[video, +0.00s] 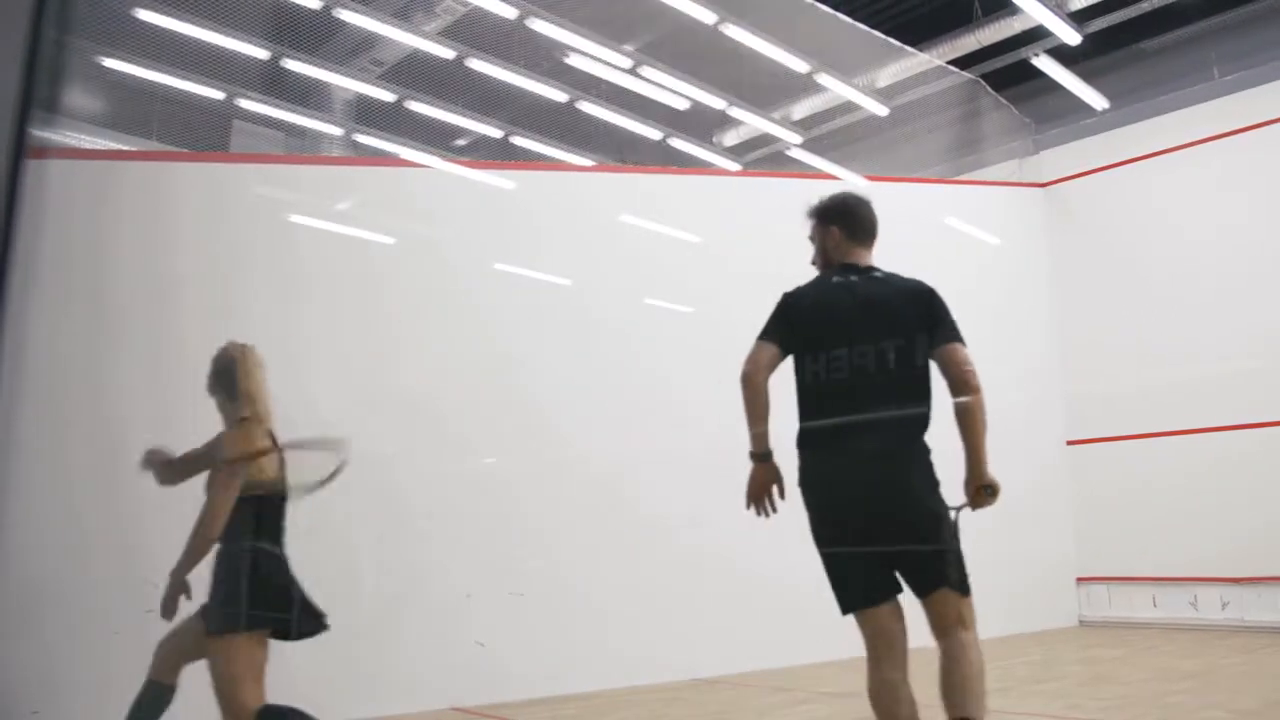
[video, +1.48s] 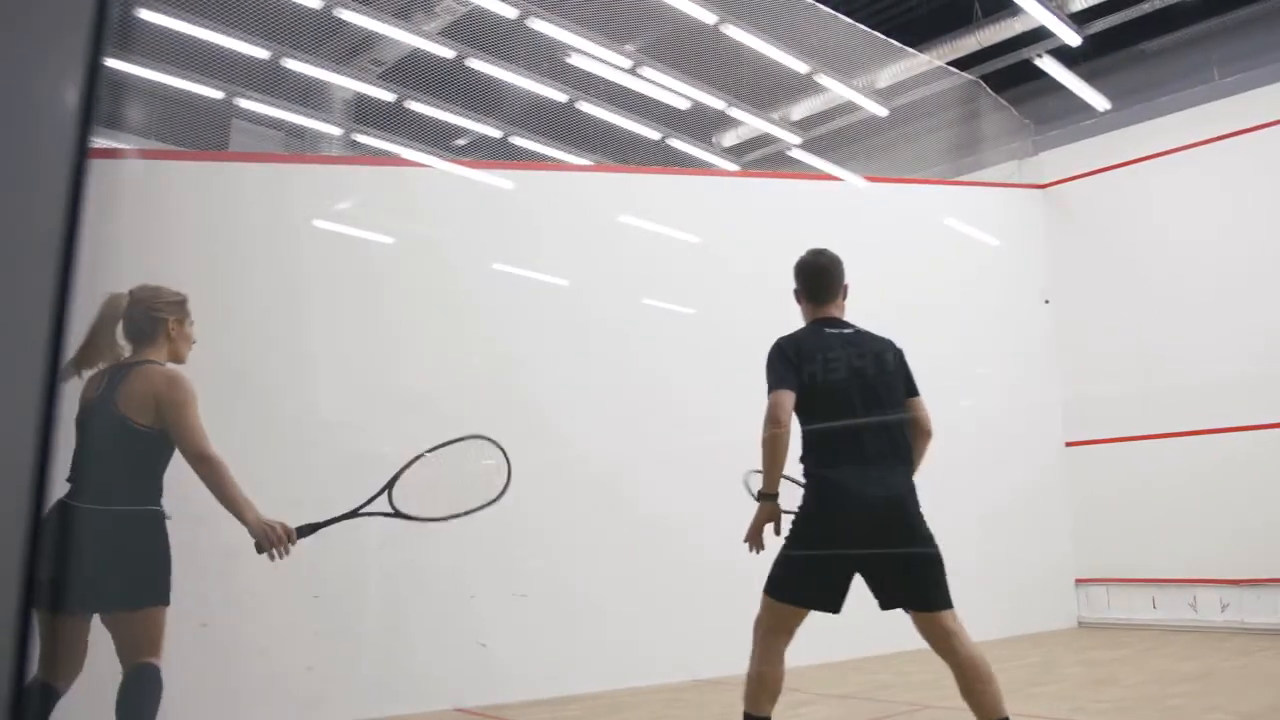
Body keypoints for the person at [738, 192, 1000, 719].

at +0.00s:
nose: (811, 252)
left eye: (813, 239)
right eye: (811, 240)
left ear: (831, 236)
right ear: (869, 240)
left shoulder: (800, 304)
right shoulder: (916, 296)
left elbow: (753, 373)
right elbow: (964, 383)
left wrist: (761, 458)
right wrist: (978, 469)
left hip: (831, 489)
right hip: (904, 481)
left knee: (883, 638)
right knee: (955, 627)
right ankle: (968, 713)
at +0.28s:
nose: (843, 259)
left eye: (845, 248)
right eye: (844, 249)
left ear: (860, 246)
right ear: (902, 251)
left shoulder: (830, 310)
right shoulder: (945, 311)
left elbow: (782, 366)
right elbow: (990, 393)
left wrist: (779, 450)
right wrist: (1004, 479)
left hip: (857, 493)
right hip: (930, 488)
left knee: (898, 648)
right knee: (980, 635)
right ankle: (1013, 717)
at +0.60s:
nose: (880, 273)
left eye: (878, 266)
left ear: (877, 268)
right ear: (928, 267)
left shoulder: (851, 326)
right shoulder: (962, 330)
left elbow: (807, 377)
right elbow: (1004, 413)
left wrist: (795, 462)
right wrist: (1011, 495)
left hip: (877, 510)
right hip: (950, 506)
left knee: (902, 648)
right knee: (987, 633)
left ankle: (919, 713)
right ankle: (1012, 716)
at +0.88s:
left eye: (877, 266)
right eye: (920, 264)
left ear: (871, 269)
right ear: (921, 267)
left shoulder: (850, 323)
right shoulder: (959, 329)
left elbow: (814, 376)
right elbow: (994, 409)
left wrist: (806, 456)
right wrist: (992, 487)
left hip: (875, 502)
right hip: (946, 501)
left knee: (856, 629)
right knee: (981, 631)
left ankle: (891, 715)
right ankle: (1010, 715)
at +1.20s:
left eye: (839, 278)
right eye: (882, 274)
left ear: (838, 281)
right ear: (888, 278)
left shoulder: (827, 333)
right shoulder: (929, 335)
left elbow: (808, 392)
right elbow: (968, 412)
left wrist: (797, 470)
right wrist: (955, 480)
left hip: (861, 508)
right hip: (931, 507)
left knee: (807, 625)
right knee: (974, 637)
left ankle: (794, 717)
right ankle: (1006, 718)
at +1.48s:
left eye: (797, 293)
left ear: (798, 296)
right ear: (846, 293)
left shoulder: (790, 349)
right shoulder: (886, 349)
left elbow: (778, 421)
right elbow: (921, 428)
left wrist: (768, 498)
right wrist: (893, 484)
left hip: (828, 518)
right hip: (897, 516)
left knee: (771, 635)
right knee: (952, 639)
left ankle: (754, 718)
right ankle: (1000, 717)